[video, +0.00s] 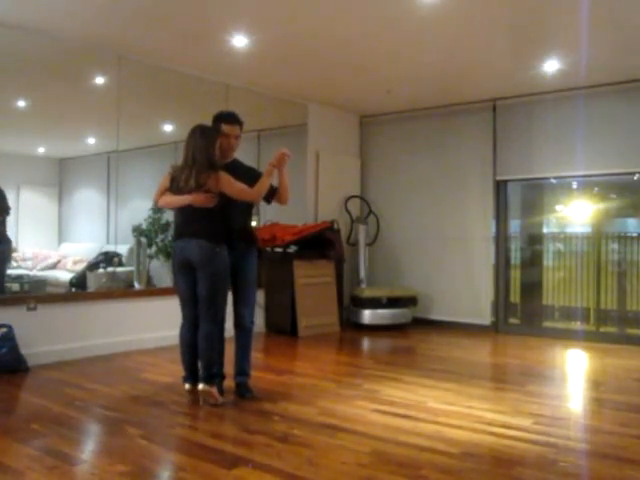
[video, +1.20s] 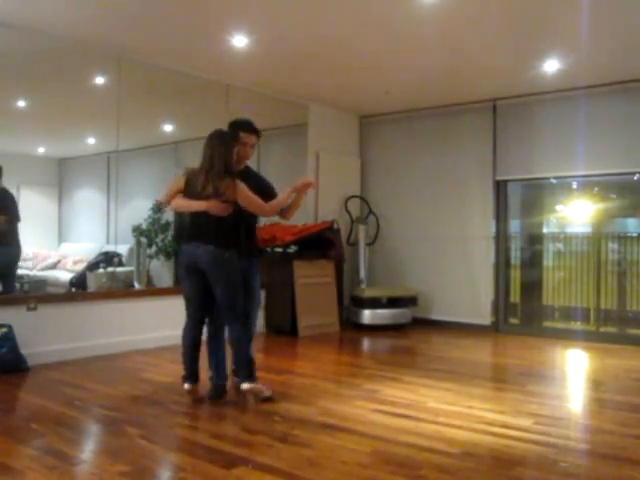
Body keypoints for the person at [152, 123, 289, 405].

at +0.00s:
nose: (222, 151)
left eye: (222, 145)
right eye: (219, 146)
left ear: (189, 146)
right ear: (211, 147)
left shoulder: (175, 174)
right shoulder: (215, 177)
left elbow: (159, 198)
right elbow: (254, 195)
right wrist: (271, 169)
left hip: (182, 247)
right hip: (209, 248)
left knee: (189, 316)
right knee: (211, 316)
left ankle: (190, 379)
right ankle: (209, 382)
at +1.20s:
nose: (242, 155)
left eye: (244, 149)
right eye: (238, 149)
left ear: (207, 151)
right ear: (227, 152)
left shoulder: (188, 177)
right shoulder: (231, 185)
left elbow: (166, 199)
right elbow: (266, 210)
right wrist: (293, 191)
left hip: (189, 254)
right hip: (219, 256)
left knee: (193, 318)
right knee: (230, 317)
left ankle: (189, 378)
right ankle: (220, 382)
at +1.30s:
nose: (249, 155)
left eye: (251, 149)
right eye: (246, 149)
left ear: (215, 152)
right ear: (236, 153)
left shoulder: (197, 178)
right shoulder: (240, 185)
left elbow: (171, 198)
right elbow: (277, 209)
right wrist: (302, 190)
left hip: (197, 256)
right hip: (229, 257)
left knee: (198, 319)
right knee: (246, 318)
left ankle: (191, 377)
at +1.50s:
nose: (269, 156)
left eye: (268, 151)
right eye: (267, 151)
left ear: (239, 150)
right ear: (260, 152)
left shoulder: (218, 180)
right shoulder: (265, 184)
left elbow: (184, 201)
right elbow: (299, 204)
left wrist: (205, 211)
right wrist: (312, 185)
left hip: (223, 254)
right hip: (256, 255)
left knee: (214, 316)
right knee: (262, 315)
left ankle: (197, 375)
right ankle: (274, 375)